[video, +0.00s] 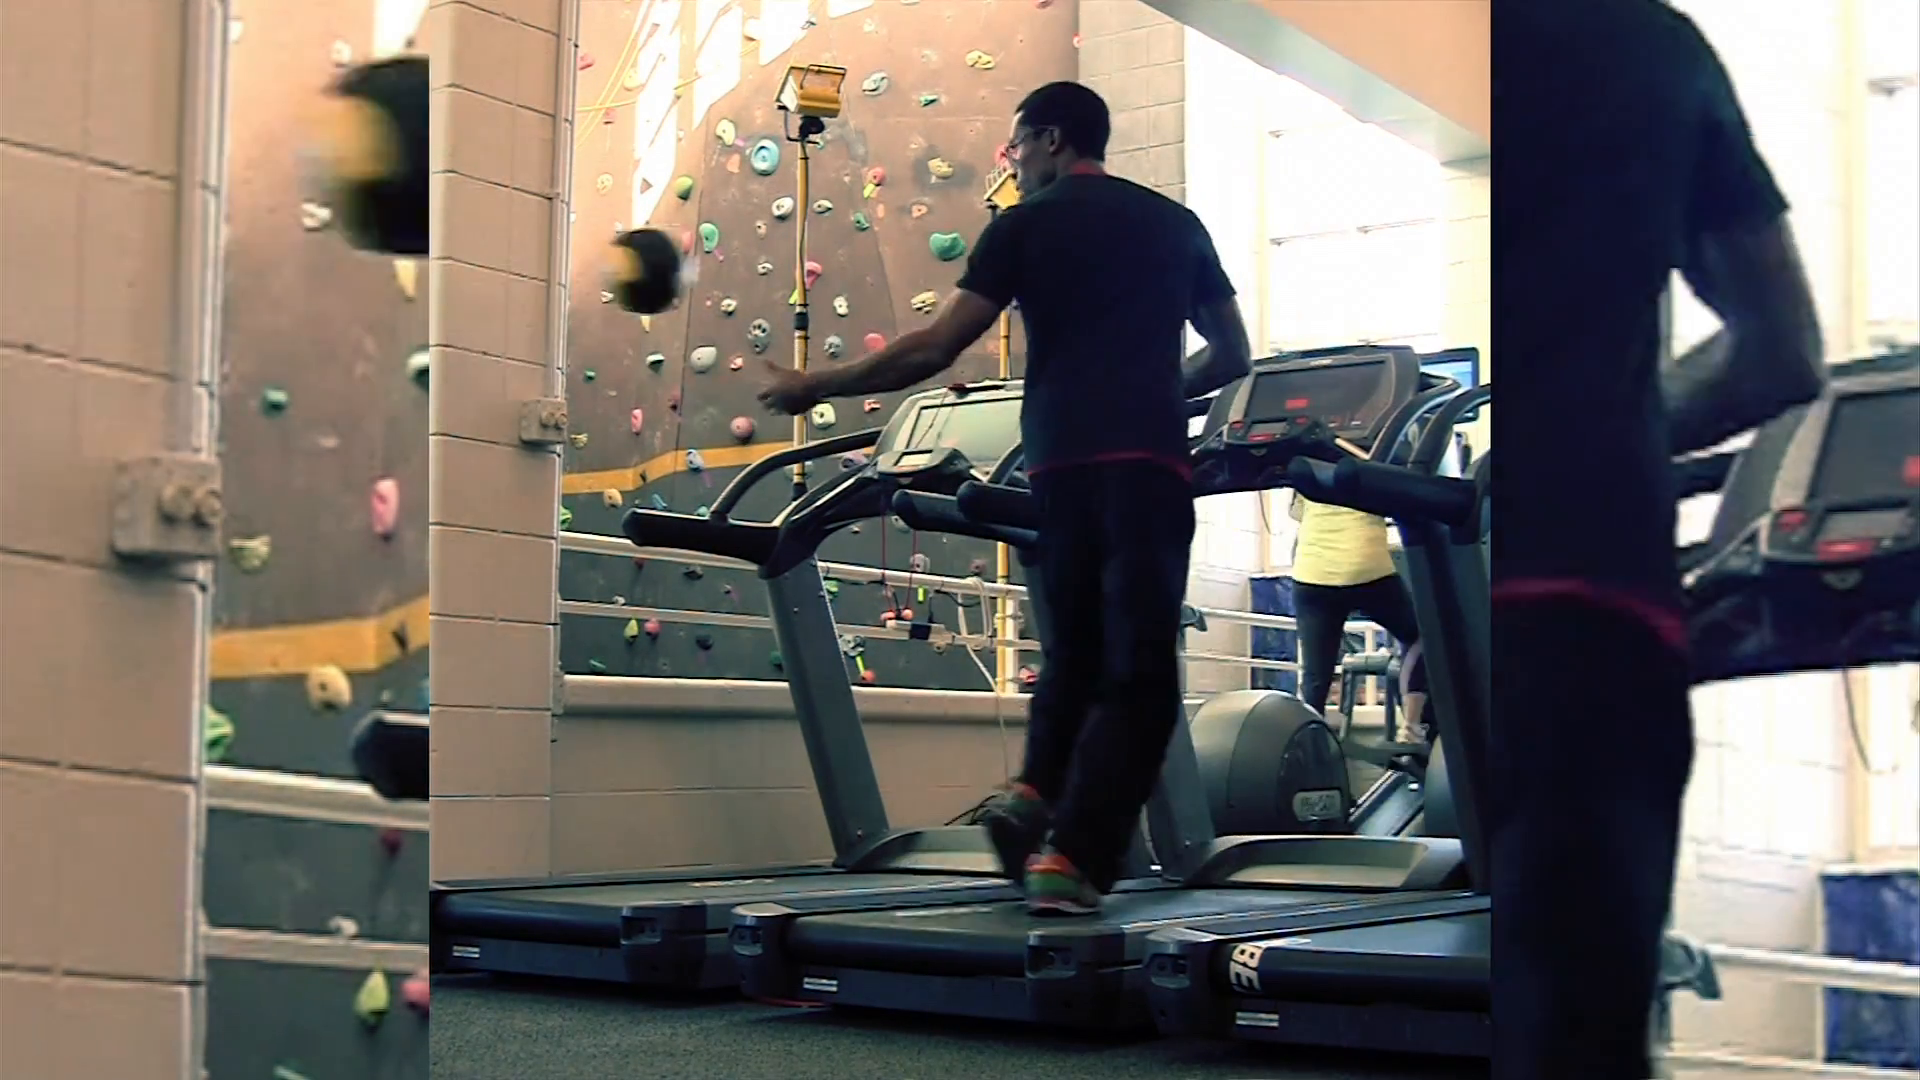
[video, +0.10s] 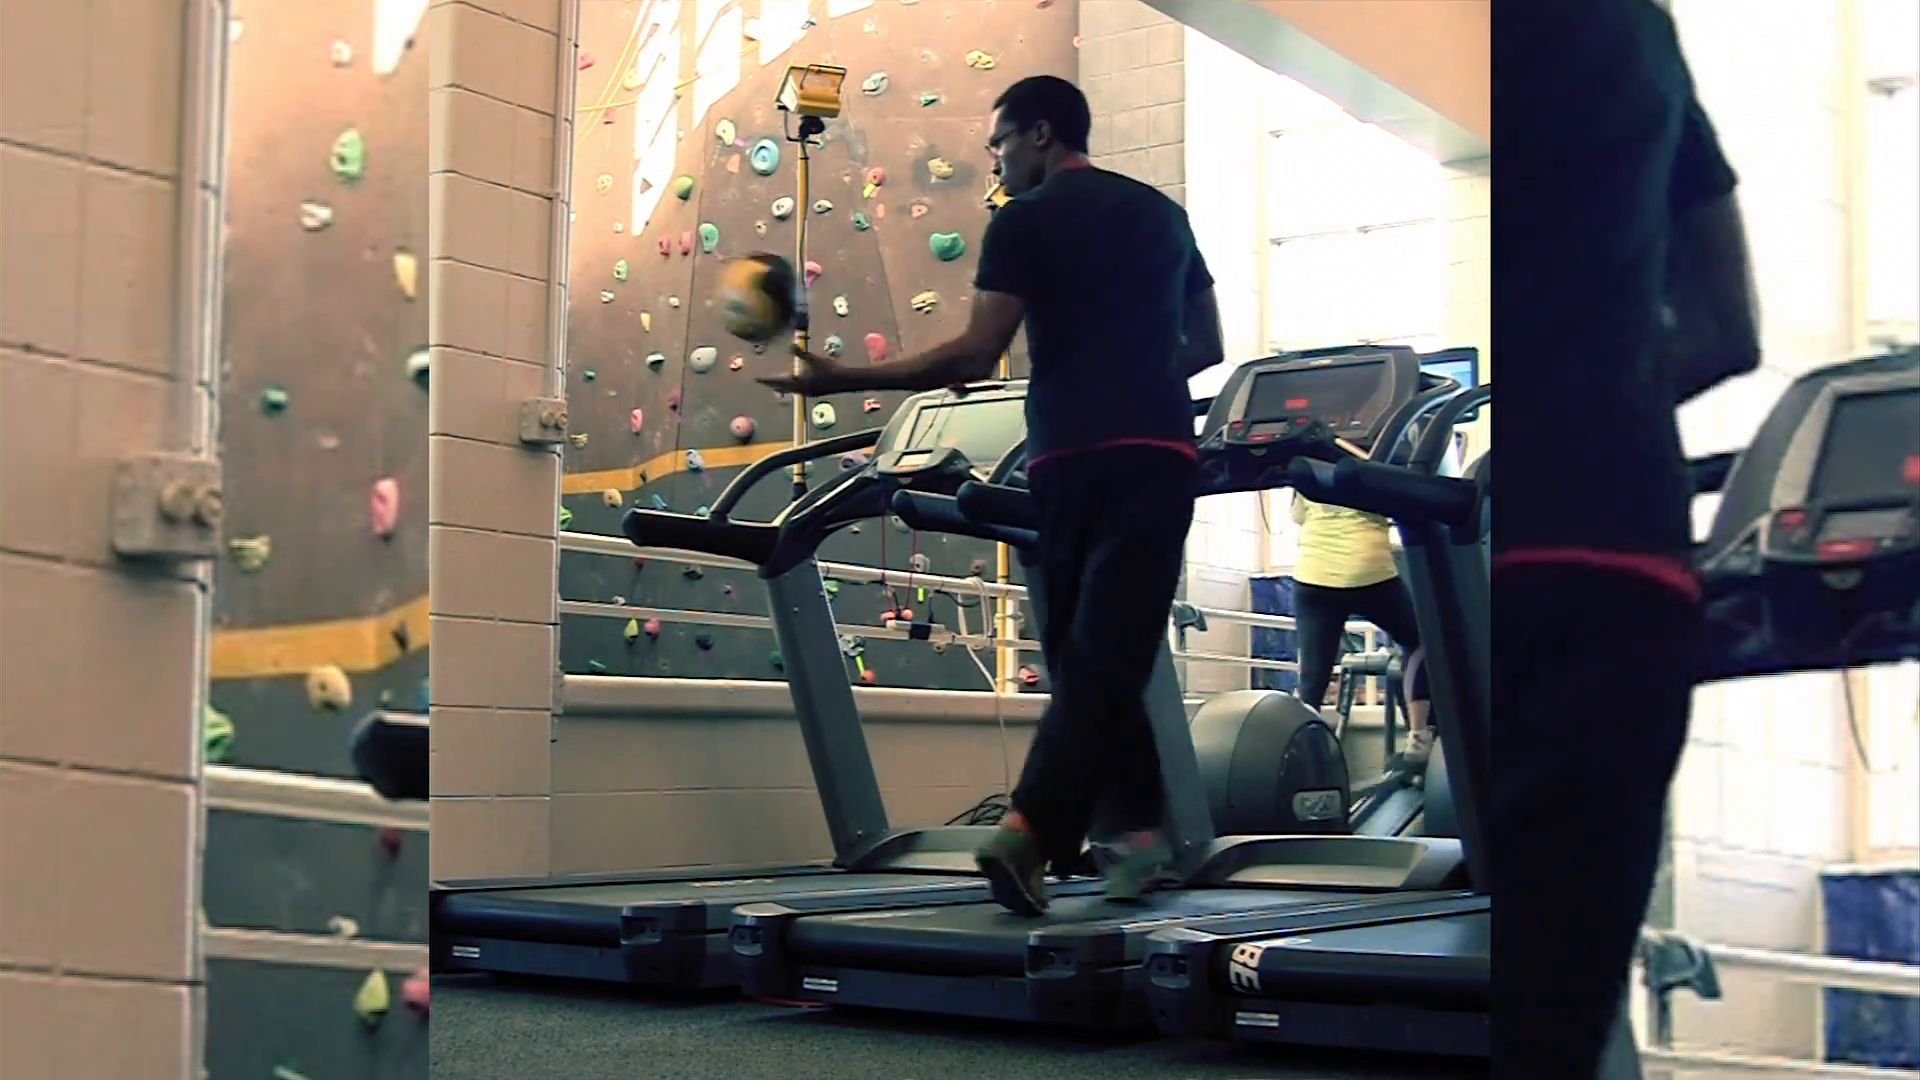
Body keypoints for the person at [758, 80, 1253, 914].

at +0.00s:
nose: (1013, 169)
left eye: (1019, 151)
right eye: (1013, 153)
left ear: (1056, 144)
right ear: (1098, 147)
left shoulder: (1028, 223)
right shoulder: (1177, 222)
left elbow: (940, 343)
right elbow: (1232, 355)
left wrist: (818, 384)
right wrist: (1161, 389)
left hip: (1061, 464)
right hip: (1154, 467)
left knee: (1069, 653)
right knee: (1146, 674)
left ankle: (1033, 791)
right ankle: (1071, 861)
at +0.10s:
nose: (994, 164)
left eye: (1000, 145)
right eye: (993, 148)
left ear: (1043, 136)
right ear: (1079, 139)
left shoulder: (1024, 218)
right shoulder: (1164, 213)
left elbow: (976, 352)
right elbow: (1205, 345)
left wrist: (844, 376)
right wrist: (1127, 374)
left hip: (1070, 460)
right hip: (1161, 454)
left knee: (1081, 654)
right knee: (1107, 655)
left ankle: (1141, 840)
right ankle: (1029, 833)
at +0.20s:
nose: (982, 179)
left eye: (989, 158)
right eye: (979, 162)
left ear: (1034, 148)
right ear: (1060, 152)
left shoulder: (1032, 224)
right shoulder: (1146, 226)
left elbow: (1035, 359)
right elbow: (1207, 348)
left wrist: (905, 387)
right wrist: (1138, 400)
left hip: (1077, 481)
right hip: (1164, 477)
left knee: (1089, 672)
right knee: (1149, 659)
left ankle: (1168, 845)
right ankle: (1098, 787)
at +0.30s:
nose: (978, 176)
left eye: (988, 156)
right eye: (973, 161)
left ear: (1037, 149)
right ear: (1053, 158)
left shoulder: (1054, 212)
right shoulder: (1111, 223)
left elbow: (1106, 313)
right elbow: (1205, 333)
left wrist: (1007, 370)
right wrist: (1153, 414)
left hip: (1066, 481)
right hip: (1133, 479)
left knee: (1050, 675)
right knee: (1126, 667)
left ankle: (1110, 858)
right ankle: (1214, 770)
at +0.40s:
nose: (985, 130)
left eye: (998, 111)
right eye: (976, 116)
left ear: (1043, 102)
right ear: (980, 116)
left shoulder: (1071, 161)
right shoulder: (1056, 184)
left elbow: (1185, 226)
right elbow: (1153, 279)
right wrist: (1173, 393)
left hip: (1080, 435)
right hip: (1104, 435)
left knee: (1020, 613)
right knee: (1095, 639)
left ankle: (1061, 837)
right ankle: (1246, 770)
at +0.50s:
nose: (1005, 101)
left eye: (1019, 83)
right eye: (990, 88)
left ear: (1053, 73)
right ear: (976, 89)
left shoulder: (1102, 141)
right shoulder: (1012, 178)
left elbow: (1236, 192)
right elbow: (1113, 264)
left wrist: (1264, 316)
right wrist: (1168, 347)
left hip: (1107, 389)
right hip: (1051, 401)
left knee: (1070, 577)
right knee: (1089, 602)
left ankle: (1080, 792)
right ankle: (1171, 812)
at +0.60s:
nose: (1047, 98)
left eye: (1060, 83)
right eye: (1030, 83)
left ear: (1078, 82)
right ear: (1000, 84)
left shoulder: (1124, 158)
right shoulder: (991, 190)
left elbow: (1227, 239)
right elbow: (1022, 292)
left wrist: (1211, 369)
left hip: (1120, 396)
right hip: (1037, 413)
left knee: (1111, 582)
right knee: (1052, 607)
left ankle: (1186, 795)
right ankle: (1102, 816)